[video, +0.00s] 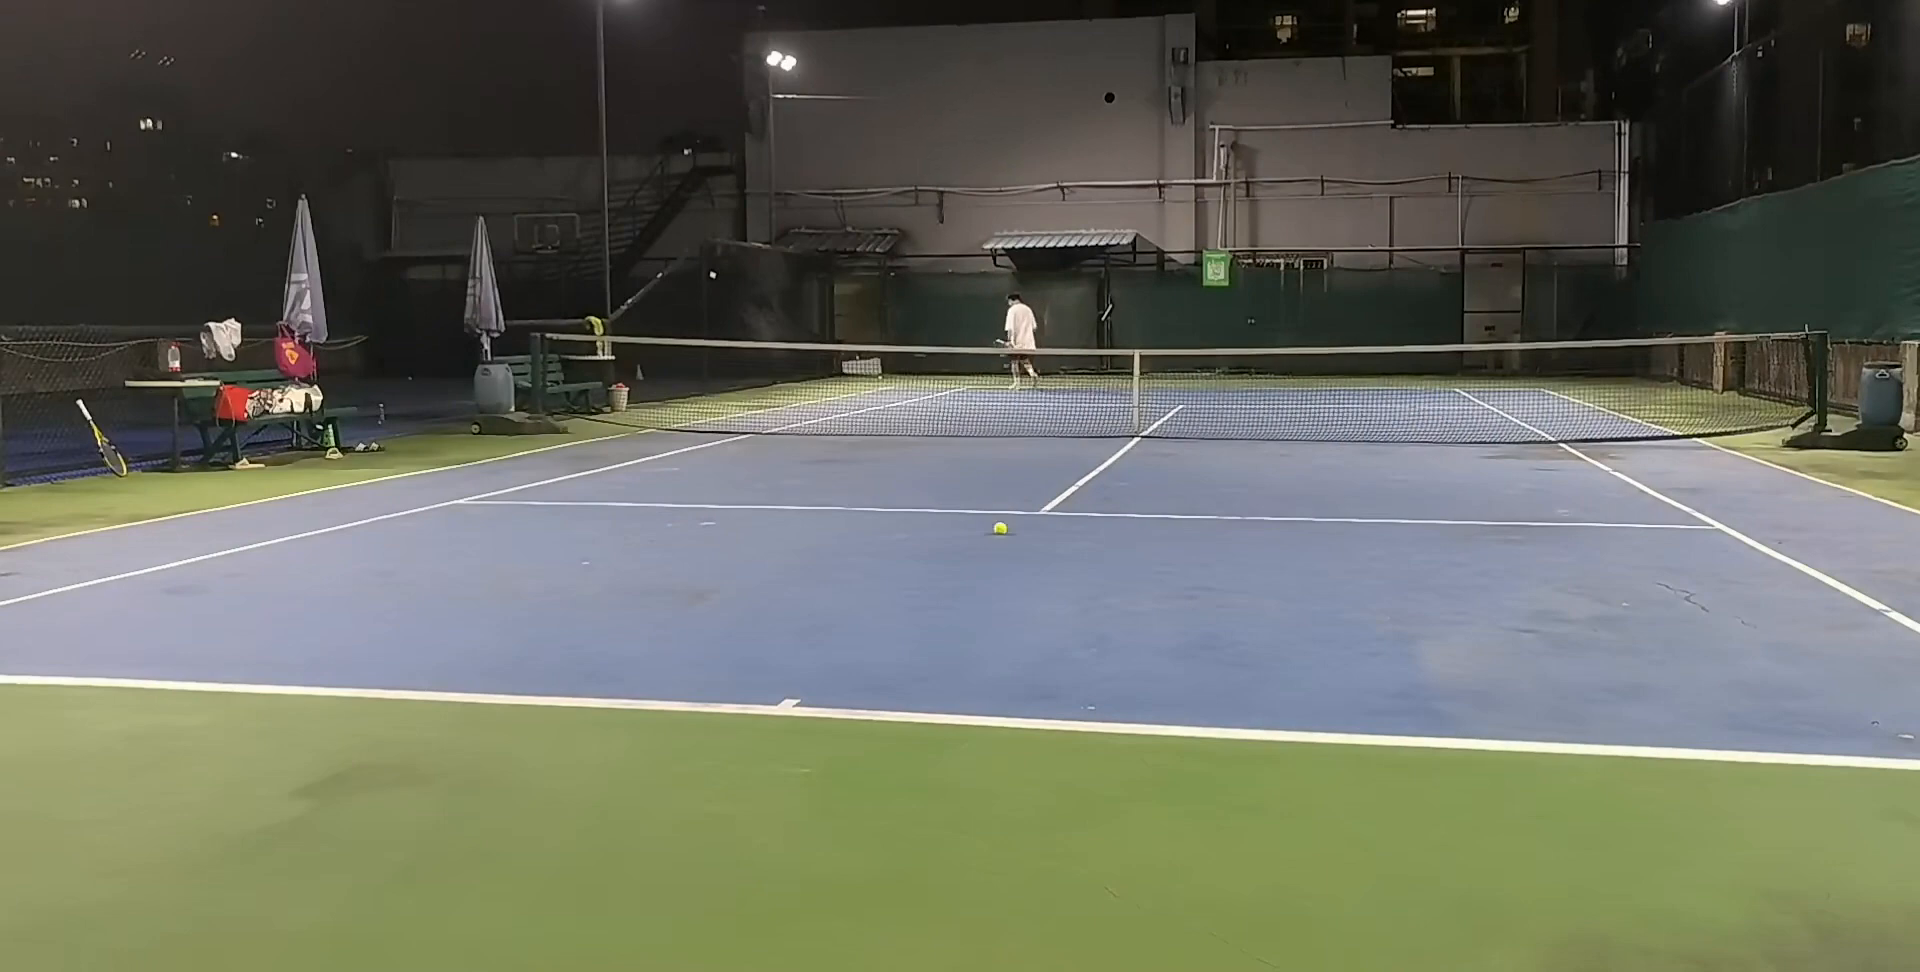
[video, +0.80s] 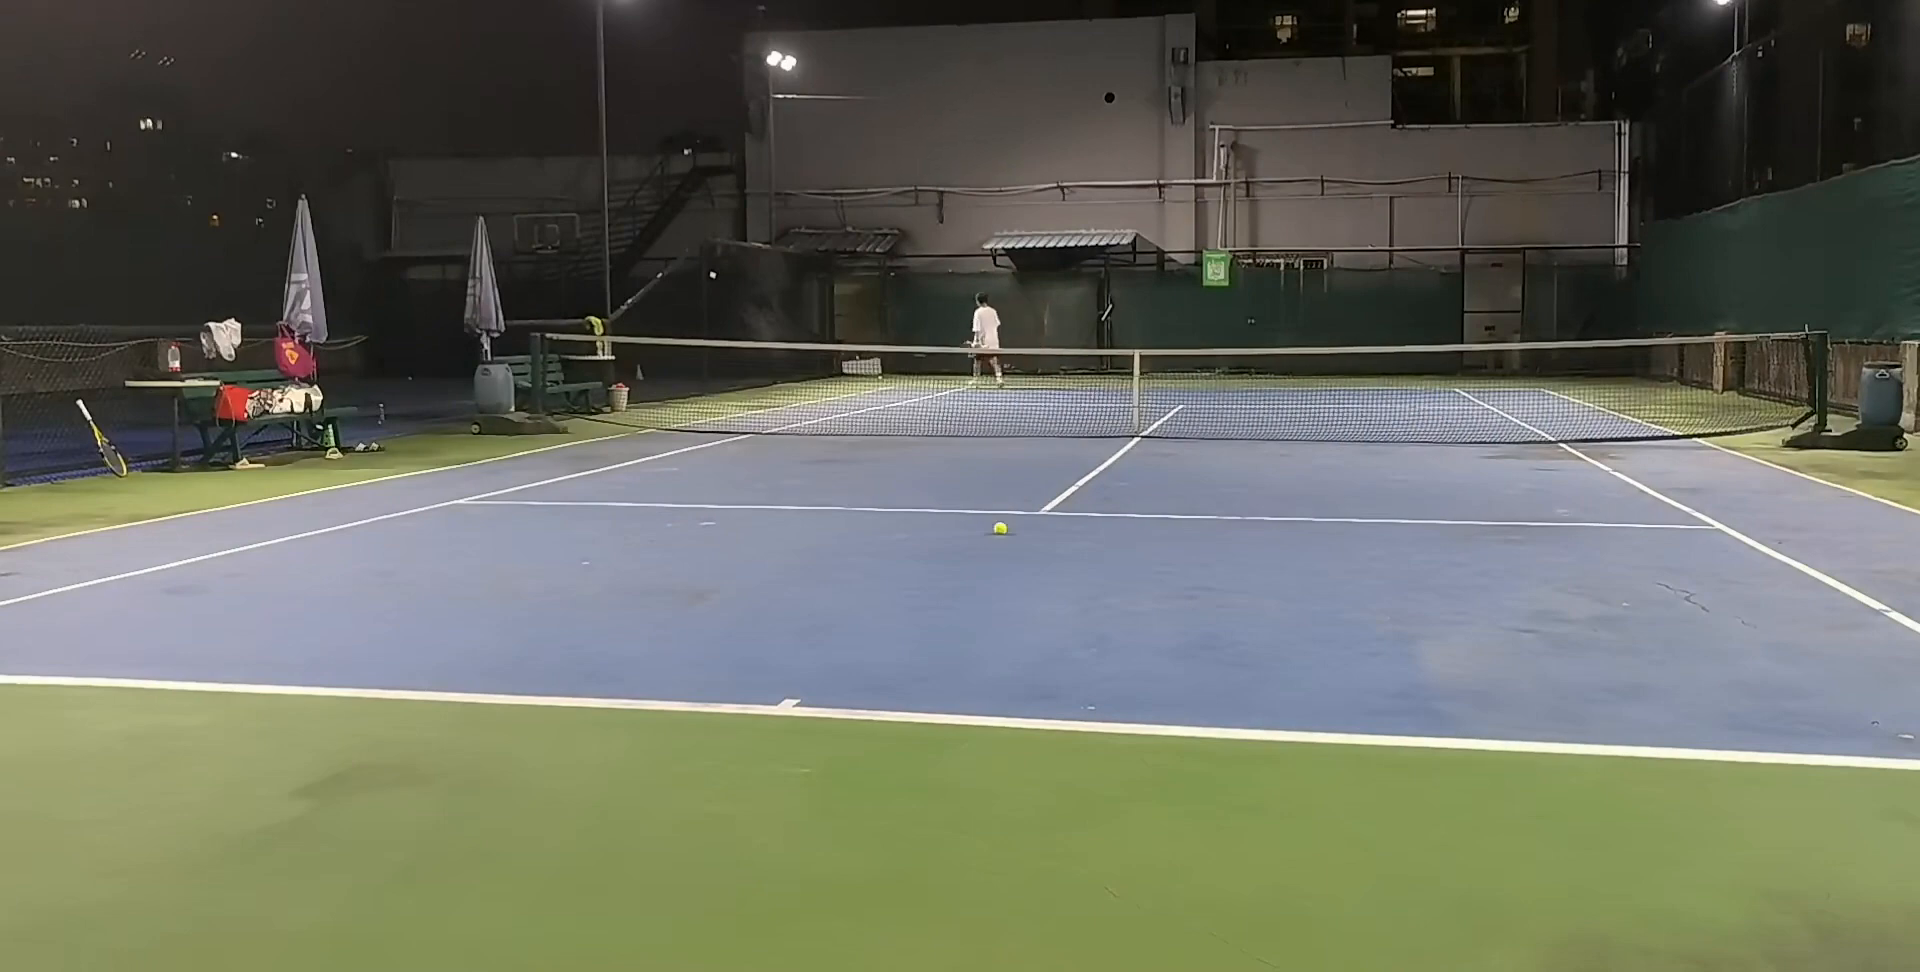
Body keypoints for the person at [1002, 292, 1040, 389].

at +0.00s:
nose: (1008, 304)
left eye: (1009, 302)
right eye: (1008, 302)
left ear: (1012, 300)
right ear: (1018, 299)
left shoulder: (1012, 310)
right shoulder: (1028, 309)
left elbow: (1010, 328)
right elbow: (1034, 326)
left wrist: (1010, 340)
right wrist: (1026, 332)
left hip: (1017, 341)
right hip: (1028, 341)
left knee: (1015, 362)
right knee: (1026, 360)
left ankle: (1016, 381)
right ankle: (1033, 374)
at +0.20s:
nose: (1001, 302)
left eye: (1002, 300)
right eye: (1001, 300)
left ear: (1004, 299)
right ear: (1012, 299)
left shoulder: (1002, 310)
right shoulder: (1020, 309)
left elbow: (995, 326)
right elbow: (1028, 325)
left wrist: (992, 340)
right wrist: (1030, 340)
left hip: (1007, 342)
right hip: (1020, 342)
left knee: (1012, 361)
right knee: (1012, 361)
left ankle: (1016, 380)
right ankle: (1011, 379)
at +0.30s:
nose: (998, 303)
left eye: (999, 301)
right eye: (998, 301)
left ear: (1001, 301)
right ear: (1008, 301)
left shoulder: (998, 311)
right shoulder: (1016, 311)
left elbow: (989, 327)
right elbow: (1024, 327)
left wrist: (986, 339)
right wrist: (1025, 339)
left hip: (1002, 342)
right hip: (1015, 342)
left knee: (1009, 361)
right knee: (1006, 360)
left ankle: (1015, 379)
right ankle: (1003, 378)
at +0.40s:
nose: (995, 303)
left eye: (995, 301)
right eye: (996, 301)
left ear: (996, 301)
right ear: (1006, 301)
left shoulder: (994, 312)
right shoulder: (1012, 312)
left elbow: (986, 328)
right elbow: (1019, 328)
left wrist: (982, 339)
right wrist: (1020, 341)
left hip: (998, 343)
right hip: (1011, 343)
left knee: (998, 359)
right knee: (1006, 359)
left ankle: (1006, 371)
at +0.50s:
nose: (991, 301)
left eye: (991, 299)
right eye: (991, 299)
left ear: (992, 300)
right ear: (1001, 299)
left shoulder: (991, 310)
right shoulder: (1008, 310)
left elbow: (984, 327)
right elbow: (1012, 326)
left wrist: (981, 339)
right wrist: (1012, 336)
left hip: (993, 341)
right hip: (1007, 341)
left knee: (991, 357)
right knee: (1002, 357)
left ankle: (998, 370)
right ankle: (1003, 369)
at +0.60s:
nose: (987, 300)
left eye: (987, 298)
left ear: (988, 299)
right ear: (997, 298)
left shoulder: (987, 309)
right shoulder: (1003, 308)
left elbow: (985, 327)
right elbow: (1008, 322)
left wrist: (983, 339)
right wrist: (1003, 332)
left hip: (991, 339)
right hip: (1003, 339)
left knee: (985, 357)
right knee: (1000, 360)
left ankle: (989, 377)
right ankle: (1002, 379)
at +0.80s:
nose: (976, 303)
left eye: (977, 301)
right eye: (977, 301)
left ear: (978, 302)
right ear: (986, 301)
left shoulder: (978, 312)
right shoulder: (993, 311)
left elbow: (977, 329)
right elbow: (998, 323)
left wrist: (975, 341)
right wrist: (992, 332)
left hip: (982, 342)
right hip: (994, 342)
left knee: (977, 361)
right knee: (994, 361)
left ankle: (976, 378)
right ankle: (999, 378)